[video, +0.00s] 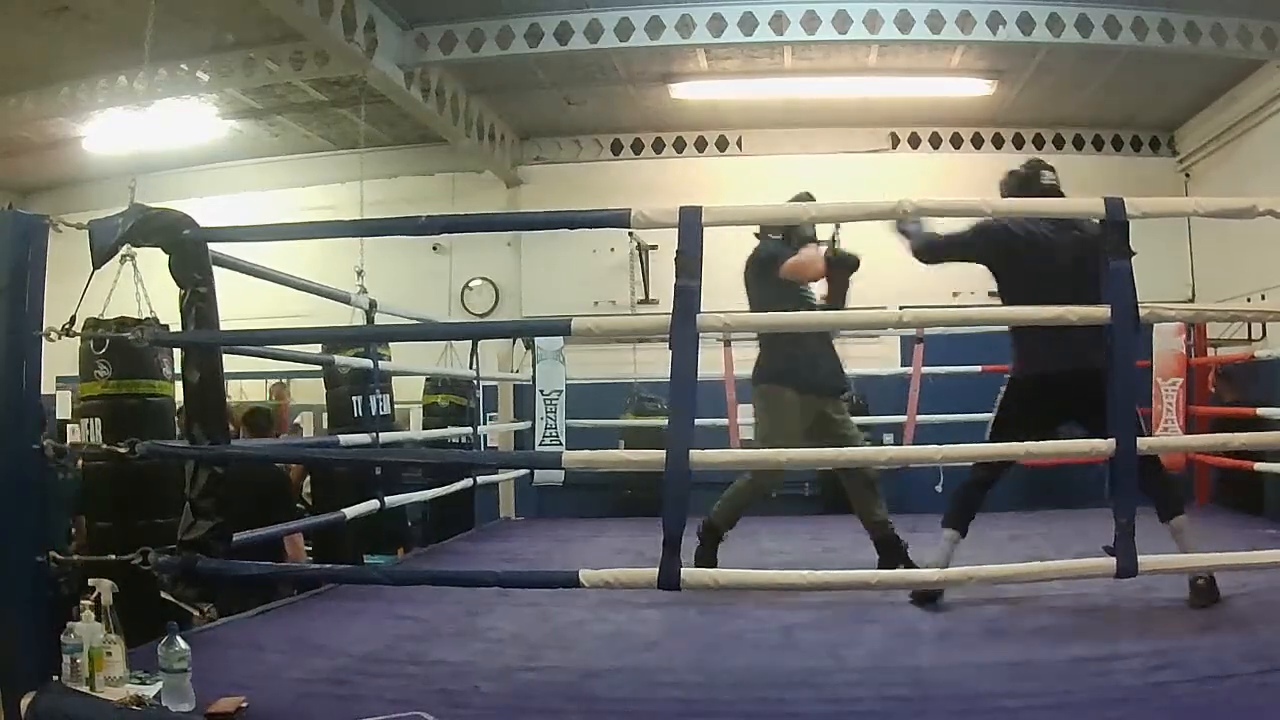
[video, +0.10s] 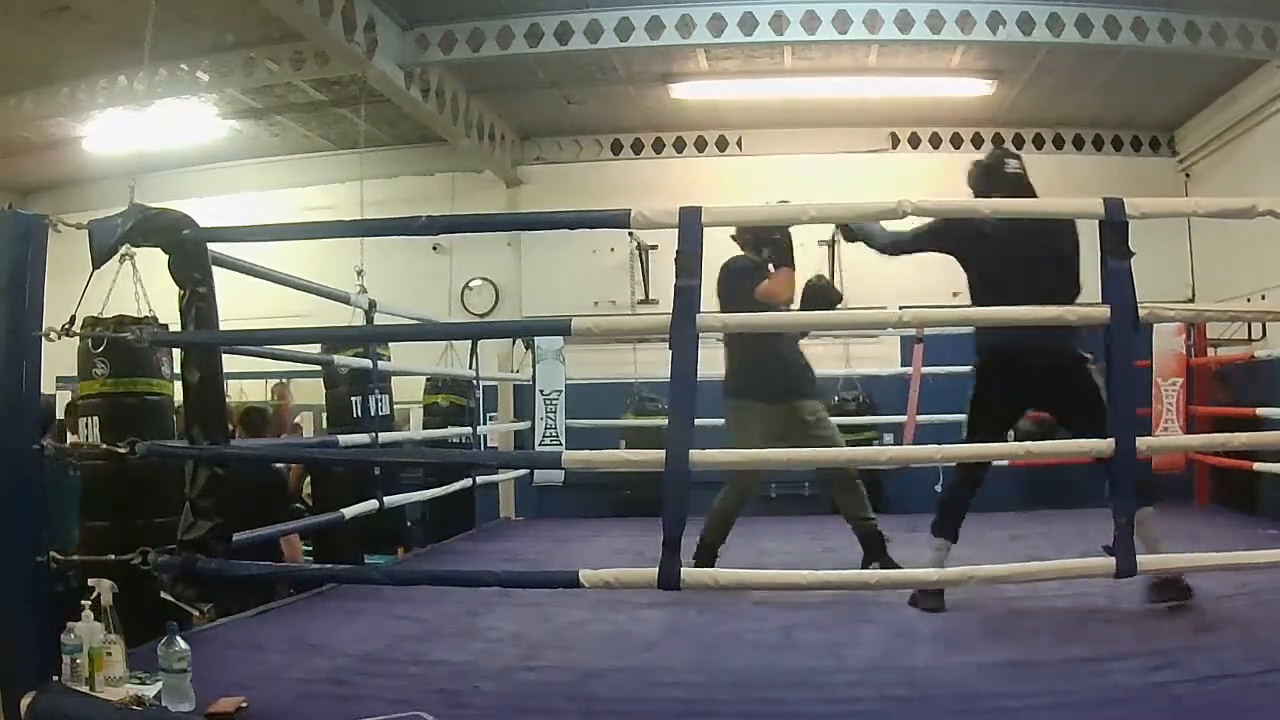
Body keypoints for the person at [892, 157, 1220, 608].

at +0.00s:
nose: (1001, 206)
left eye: (1003, 200)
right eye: (1004, 201)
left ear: (1011, 200)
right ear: (1057, 196)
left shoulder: (999, 233)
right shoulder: (1091, 232)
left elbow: (929, 251)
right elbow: (1127, 243)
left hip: (1035, 382)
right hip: (1096, 379)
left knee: (986, 469)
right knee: (1145, 461)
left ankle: (935, 572)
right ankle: (1198, 569)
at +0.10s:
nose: (973, 200)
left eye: (974, 192)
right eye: (975, 192)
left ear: (984, 193)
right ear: (1027, 185)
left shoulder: (965, 226)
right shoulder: (1061, 224)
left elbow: (892, 242)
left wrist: (856, 226)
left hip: (1000, 367)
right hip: (1059, 362)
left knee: (971, 465)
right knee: (1114, 454)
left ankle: (933, 579)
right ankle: (1163, 567)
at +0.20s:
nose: (943, 188)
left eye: (945, 180)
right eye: (943, 181)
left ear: (955, 176)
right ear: (993, 170)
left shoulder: (947, 207)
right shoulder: (1036, 209)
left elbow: (899, 275)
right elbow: (1045, 284)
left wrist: (883, 260)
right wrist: (1006, 298)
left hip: (968, 352)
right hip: (1030, 350)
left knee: (937, 449)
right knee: (1066, 451)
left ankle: (907, 563)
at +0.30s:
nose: (920, 192)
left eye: (922, 184)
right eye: (922, 184)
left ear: (932, 183)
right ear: (974, 173)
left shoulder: (922, 223)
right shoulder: (1013, 216)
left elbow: (917, 296)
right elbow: (1010, 290)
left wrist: (894, 299)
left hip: (943, 362)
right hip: (1000, 361)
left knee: (905, 459)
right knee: (1021, 472)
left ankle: (847, 562)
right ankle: (1029, 599)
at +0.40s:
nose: (894, 203)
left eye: (894, 195)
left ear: (899, 195)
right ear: (947, 188)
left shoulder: (888, 238)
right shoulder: (981, 231)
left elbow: (885, 313)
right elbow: (982, 294)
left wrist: (863, 337)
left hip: (914, 379)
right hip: (973, 378)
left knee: (873, 472)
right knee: (1011, 482)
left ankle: (810, 577)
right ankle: (1032, 603)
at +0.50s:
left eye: (859, 200)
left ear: (856, 201)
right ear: (906, 194)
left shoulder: (847, 241)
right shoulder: (942, 229)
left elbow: (833, 313)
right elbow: (950, 297)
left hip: (885, 372)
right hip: (945, 369)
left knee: (854, 472)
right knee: (979, 475)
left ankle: (805, 582)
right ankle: (1011, 604)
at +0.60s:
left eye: (826, 201)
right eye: (855, 185)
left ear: (823, 203)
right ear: (872, 191)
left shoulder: (817, 247)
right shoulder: (914, 229)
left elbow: (800, 322)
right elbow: (916, 295)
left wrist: (786, 282)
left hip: (859, 373)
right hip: (920, 369)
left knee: (842, 470)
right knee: (954, 470)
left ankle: (804, 581)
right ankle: (948, 587)